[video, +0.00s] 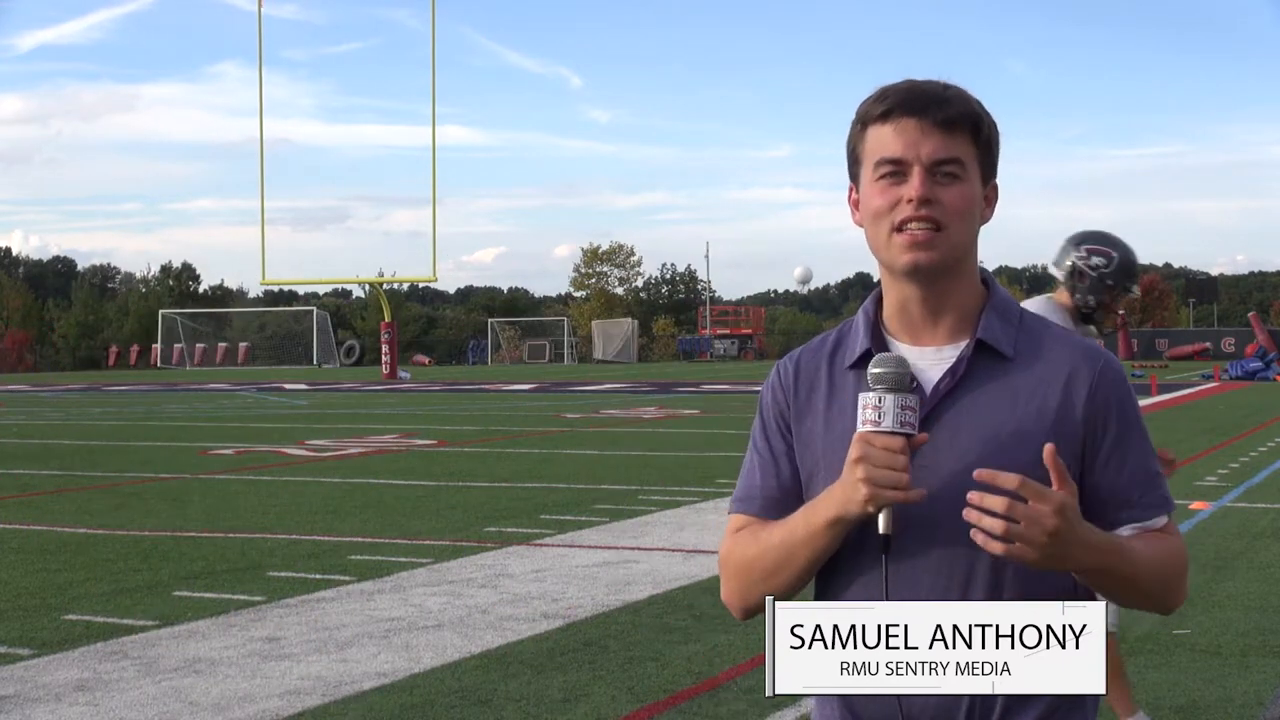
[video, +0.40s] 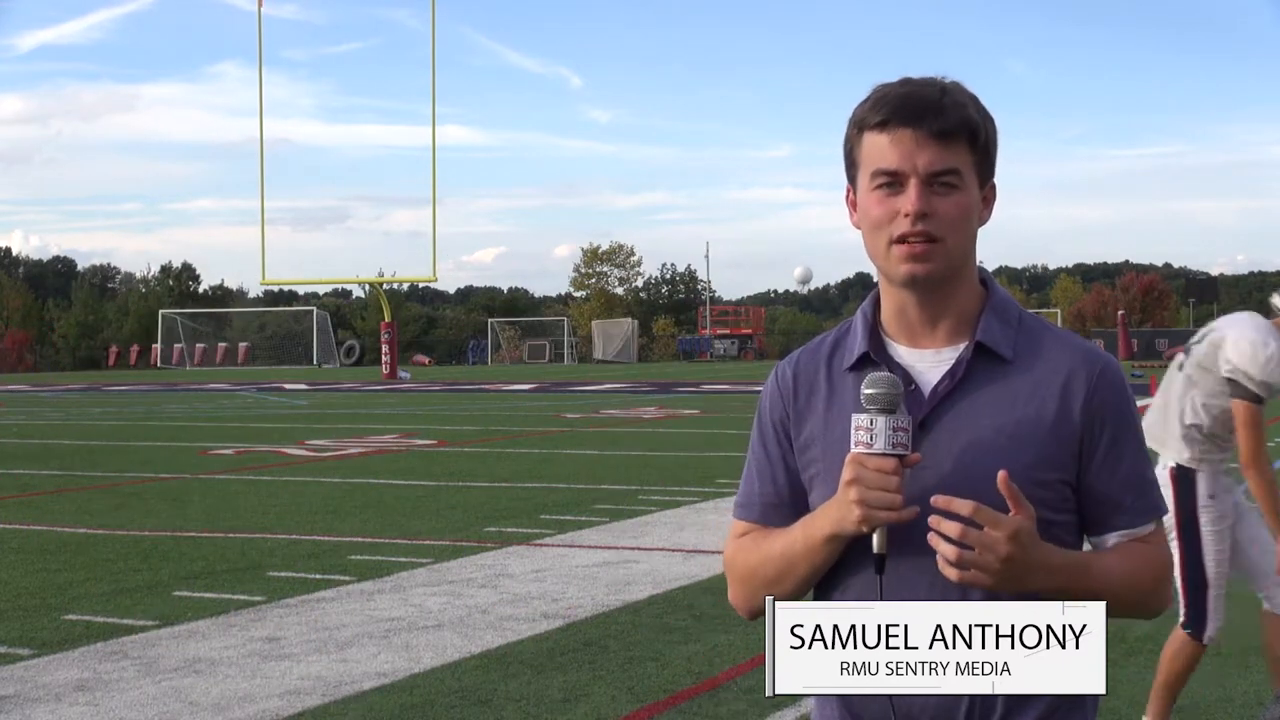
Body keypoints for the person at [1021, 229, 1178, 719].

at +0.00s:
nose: (1120, 306)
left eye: (1123, 295)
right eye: (1117, 294)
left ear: (1078, 276)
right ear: (1091, 283)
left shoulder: (1085, 335)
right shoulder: (1039, 325)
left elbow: (1099, 412)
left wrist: (1146, 450)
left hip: (1089, 491)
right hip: (1052, 495)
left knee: (1093, 611)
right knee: (1093, 611)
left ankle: (1122, 705)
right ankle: (1127, 709)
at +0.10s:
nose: (1168, 314)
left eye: (1172, 304)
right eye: (1165, 302)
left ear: (1129, 283)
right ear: (1140, 289)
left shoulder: (1117, 331)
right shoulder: (1089, 328)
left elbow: (1120, 416)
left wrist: (1180, 451)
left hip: (1108, 485)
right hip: (1085, 491)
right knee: (1134, 606)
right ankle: (1141, 712)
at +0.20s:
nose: (1221, 318)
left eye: (1226, 310)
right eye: (1220, 308)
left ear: (1181, 282)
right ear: (1201, 295)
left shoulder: (1154, 324)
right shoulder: (1145, 335)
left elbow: (1145, 420)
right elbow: (1119, 426)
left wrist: (1197, 473)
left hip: (1127, 479)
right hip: (1123, 488)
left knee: (1152, 606)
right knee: (1164, 602)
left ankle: (1059, 649)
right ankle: (1148, 714)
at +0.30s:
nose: (1269, 317)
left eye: (1272, 307)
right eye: (1267, 305)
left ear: (1243, 292)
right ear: (1246, 294)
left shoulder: (1207, 330)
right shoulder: (1196, 330)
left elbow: (1186, 439)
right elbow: (1186, 443)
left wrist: (1204, 519)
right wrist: (1211, 523)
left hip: (1178, 473)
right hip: (1155, 475)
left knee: (1237, 593)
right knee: (1181, 611)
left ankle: (1177, 687)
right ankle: (1151, 714)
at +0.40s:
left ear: (1275, 311)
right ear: (1279, 314)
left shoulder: (1259, 337)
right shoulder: (1251, 340)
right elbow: (1252, 460)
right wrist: (1277, 535)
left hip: (1220, 473)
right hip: (1185, 473)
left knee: (1276, 588)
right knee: (1199, 621)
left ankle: (1278, 700)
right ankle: (1153, 715)